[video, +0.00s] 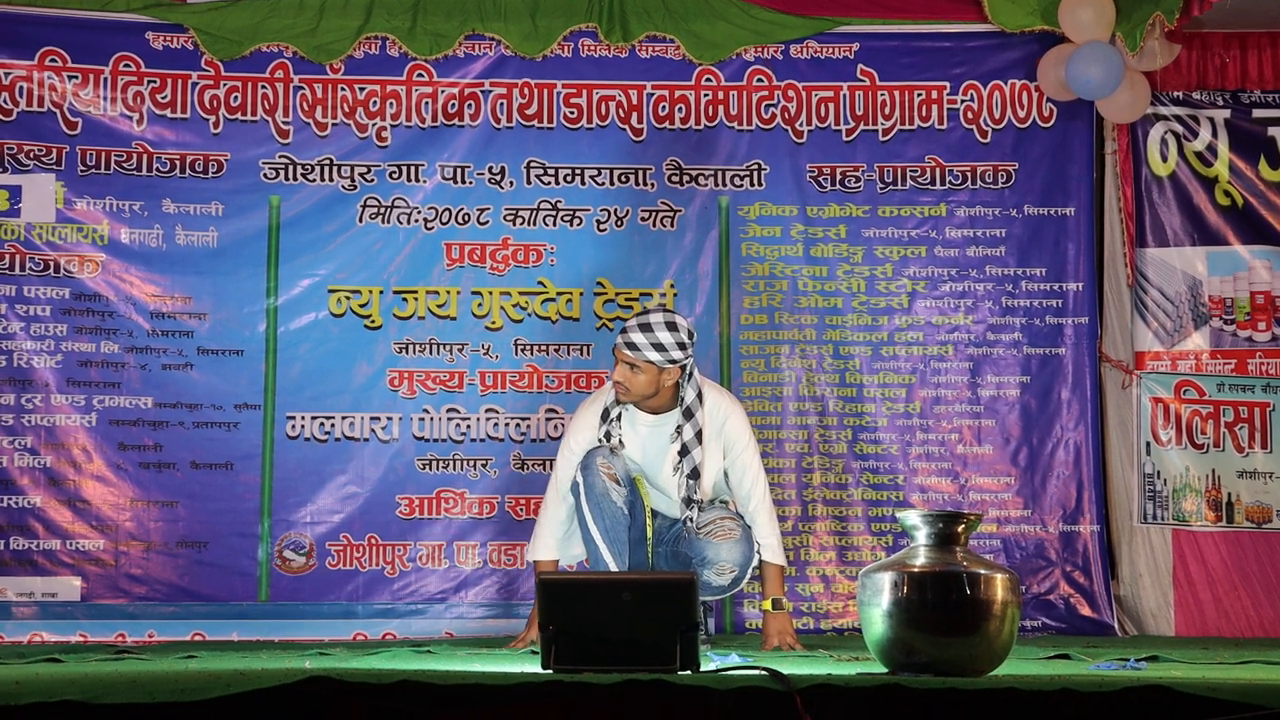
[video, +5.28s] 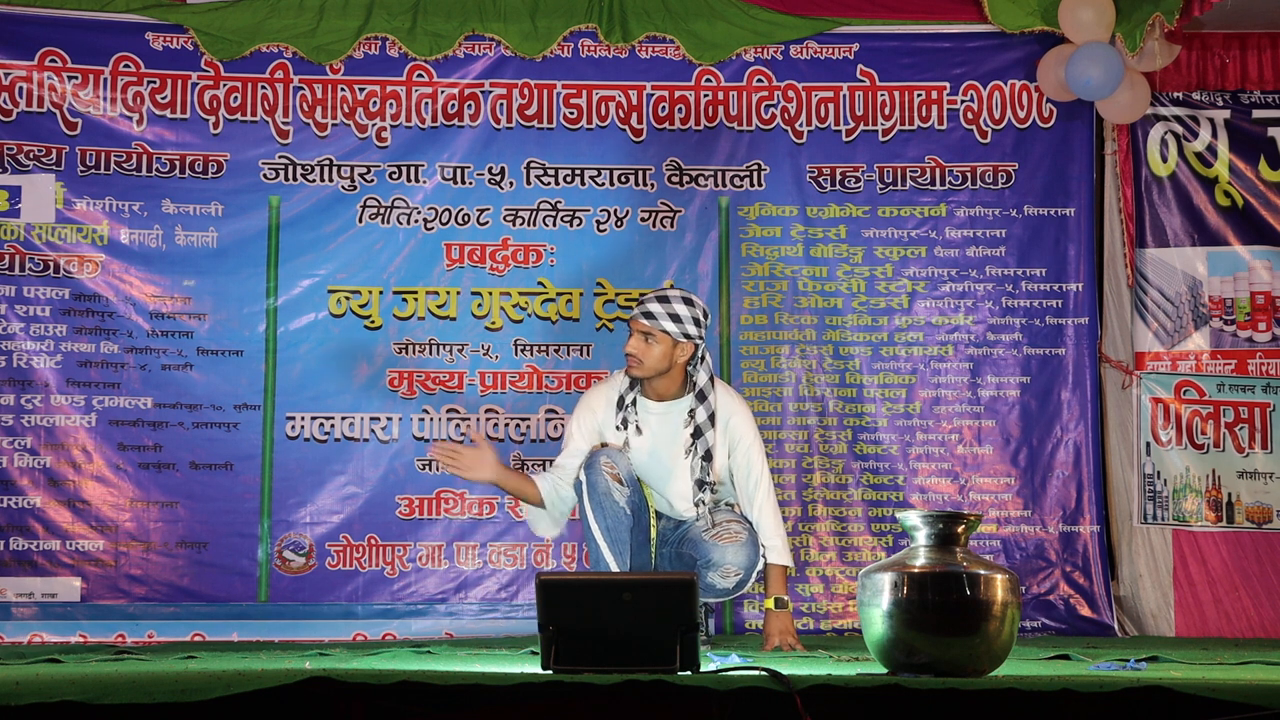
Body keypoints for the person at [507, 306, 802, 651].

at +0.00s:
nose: (616, 376)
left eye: (632, 369)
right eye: (616, 362)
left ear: (670, 374)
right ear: (615, 356)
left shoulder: (723, 413)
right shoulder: (595, 413)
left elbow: (759, 506)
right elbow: (556, 502)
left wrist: (776, 607)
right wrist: (542, 603)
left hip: (692, 537)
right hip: (629, 531)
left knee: (730, 549)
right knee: (599, 462)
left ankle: (688, 608)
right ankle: (620, 603)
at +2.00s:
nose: (622, 375)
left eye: (638, 368)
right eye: (622, 360)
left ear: (677, 374)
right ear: (620, 355)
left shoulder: (725, 413)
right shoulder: (598, 411)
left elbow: (760, 507)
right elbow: (558, 502)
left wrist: (777, 608)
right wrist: (542, 606)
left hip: (691, 539)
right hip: (629, 531)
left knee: (733, 548)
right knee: (601, 463)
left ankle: (687, 611)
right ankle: (621, 607)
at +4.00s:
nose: (624, 374)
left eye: (640, 367)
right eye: (625, 360)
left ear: (679, 373)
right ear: (622, 355)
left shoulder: (728, 414)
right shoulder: (601, 411)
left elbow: (763, 508)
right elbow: (559, 505)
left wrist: (777, 609)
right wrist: (542, 607)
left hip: (692, 540)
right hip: (630, 531)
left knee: (734, 545)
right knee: (604, 462)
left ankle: (690, 610)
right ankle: (619, 606)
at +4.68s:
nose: (623, 355)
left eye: (640, 346)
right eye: (624, 341)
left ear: (676, 357)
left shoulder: (726, 410)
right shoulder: (602, 404)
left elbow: (761, 503)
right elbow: (560, 495)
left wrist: (776, 604)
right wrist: (530, 590)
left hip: (693, 542)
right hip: (630, 532)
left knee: (734, 545)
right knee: (599, 461)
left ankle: (688, 613)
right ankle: (621, 605)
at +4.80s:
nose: (625, 350)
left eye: (641, 340)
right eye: (627, 336)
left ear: (679, 351)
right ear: (625, 336)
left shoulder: (728, 408)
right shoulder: (603, 402)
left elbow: (761, 502)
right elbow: (562, 498)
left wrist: (776, 602)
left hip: (695, 541)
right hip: (629, 534)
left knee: (731, 539)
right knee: (601, 462)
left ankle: (691, 614)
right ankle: (618, 605)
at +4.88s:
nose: (627, 347)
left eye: (642, 338)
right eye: (627, 334)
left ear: (680, 350)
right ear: (625, 336)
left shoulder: (728, 409)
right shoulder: (603, 401)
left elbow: (761, 505)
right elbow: (558, 497)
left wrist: (777, 605)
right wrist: (480, 503)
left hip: (693, 536)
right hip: (633, 532)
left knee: (734, 542)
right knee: (604, 461)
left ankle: (681, 614)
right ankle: (623, 607)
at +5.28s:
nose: (630, 346)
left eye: (647, 338)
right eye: (631, 333)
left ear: (684, 351)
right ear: (628, 334)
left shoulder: (727, 411)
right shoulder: (603, 399)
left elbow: (762, 505)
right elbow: (559, 492)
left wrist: (778, 607)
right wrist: (497, 472)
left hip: (695, 534)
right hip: (634, 530)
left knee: (736, 555)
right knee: (605, 463)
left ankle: (679, 611)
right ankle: (627, 607)